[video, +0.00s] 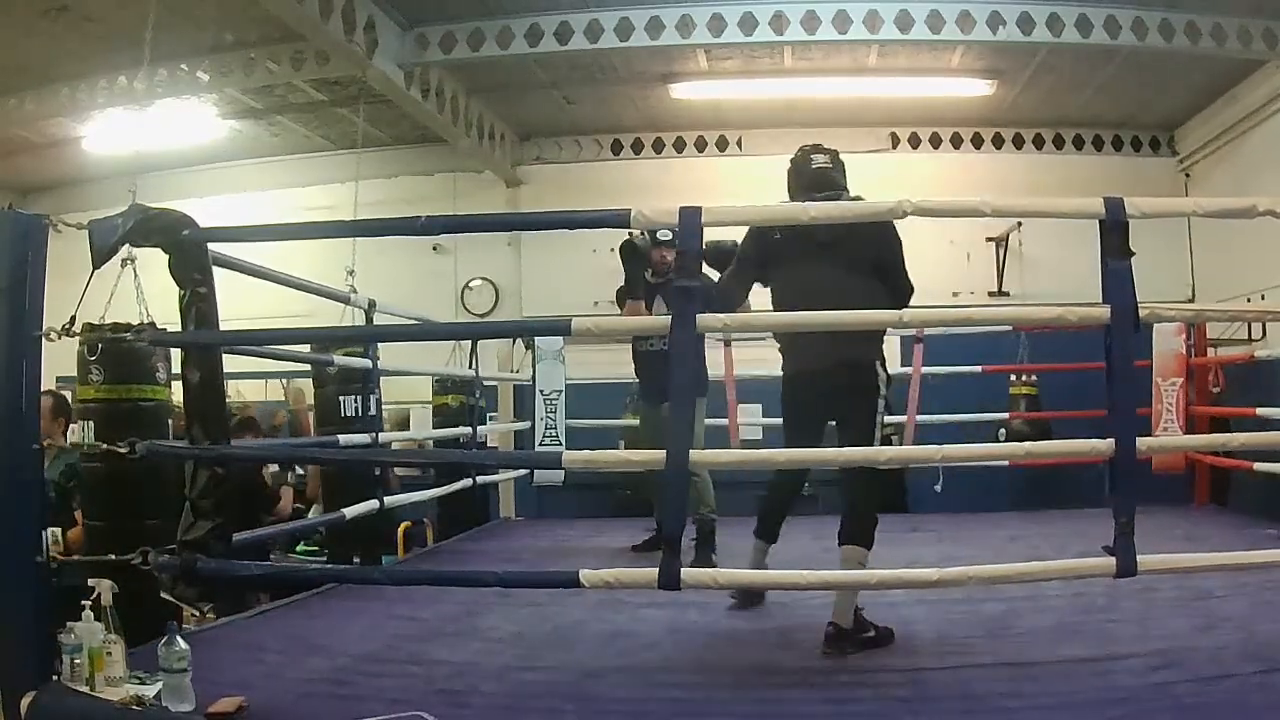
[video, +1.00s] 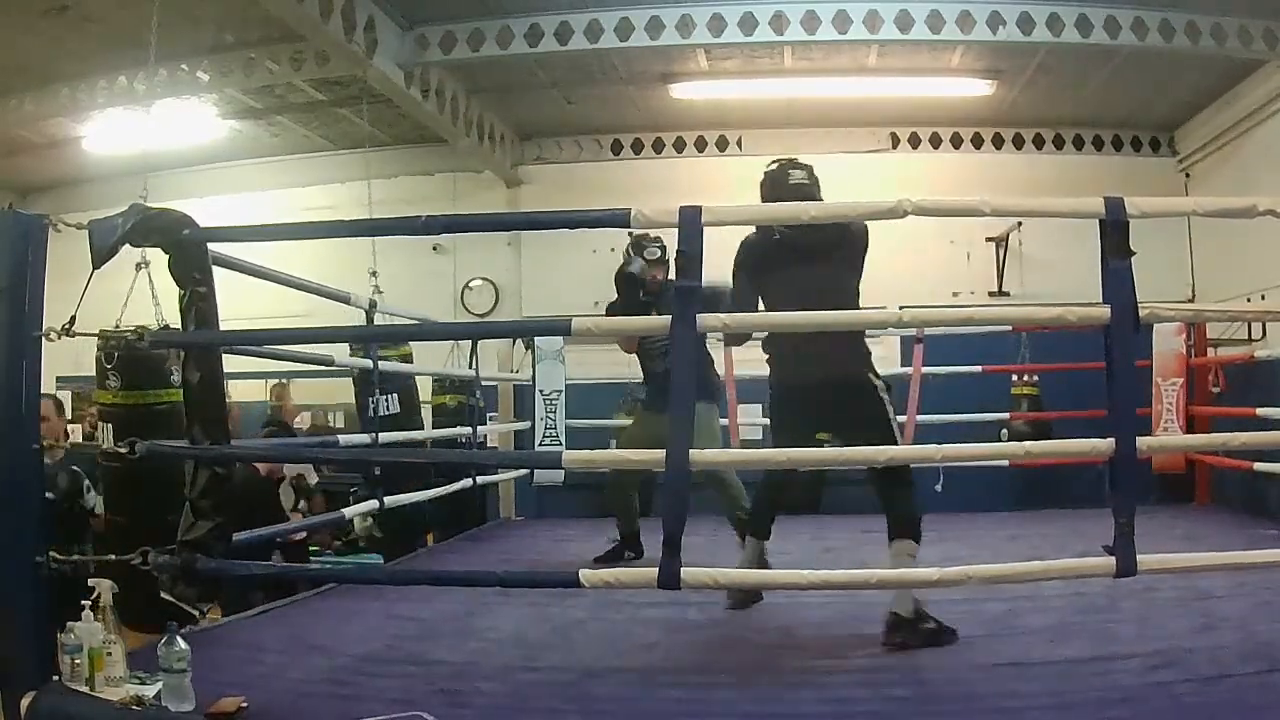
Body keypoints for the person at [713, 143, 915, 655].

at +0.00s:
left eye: (801, 172)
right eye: (829, 167)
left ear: (792, 182)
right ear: (842, 178)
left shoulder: (771, 227)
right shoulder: (873, 220)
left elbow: (729, 297)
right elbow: (900, 293)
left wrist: (705, 282)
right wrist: (852, 285)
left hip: (799, 371)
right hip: (857, 369)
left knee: (791, 469)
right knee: (862, 485)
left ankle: (751, 576)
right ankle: (844, 621)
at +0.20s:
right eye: (798, 175)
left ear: (760, 194)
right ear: (809, 185)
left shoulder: (749, 230)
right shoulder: (843, 220)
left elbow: (720, 301)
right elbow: (855, 294)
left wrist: (714, 261)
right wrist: (810, 302)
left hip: (777, 370)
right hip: (832, 368)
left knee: (765, 474)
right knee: (849, 484)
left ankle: (738, 583)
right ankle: (841, 617)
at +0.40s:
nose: (809, 194)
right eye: (812, 185)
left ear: (770, 193)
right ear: (820, 189)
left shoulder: (751, 229)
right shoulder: (844, 225)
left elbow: (717, 297)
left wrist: (735, 244)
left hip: (772, 370)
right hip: (828, 367)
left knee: (764, 469)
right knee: (857, 476)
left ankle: (737, 582)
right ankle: (858, 611)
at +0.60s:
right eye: (830, 189)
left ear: (784, 194)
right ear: (837, 192)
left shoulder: (757, 237)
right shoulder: (857, 236)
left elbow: (735, 311)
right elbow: (852, 309)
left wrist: (754, 336)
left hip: (774, 378)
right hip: (832, 379)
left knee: (770, 471)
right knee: (862, 485)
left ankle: (738, 579)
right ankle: (864, 616)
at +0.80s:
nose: (757, 222)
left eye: (752, 213)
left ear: (746, 214)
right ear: (796, 200)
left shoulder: (745, 256)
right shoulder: (838, 232)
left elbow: (732, 326)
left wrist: (719, 249)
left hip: (794, 386)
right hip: (857, 381)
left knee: (771, 477)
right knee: (869, 490)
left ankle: (739, 581)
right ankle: (868, 617)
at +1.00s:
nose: (789, 209)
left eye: (779, 200)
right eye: (806, 191)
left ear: (766, 202)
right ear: (819, 195)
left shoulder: (753, 248)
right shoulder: (851, 232)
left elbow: (737, 330)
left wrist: (733, 320)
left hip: (790, 386)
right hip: (850, 381)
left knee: (781, 471)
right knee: (897, 481)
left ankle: (747, 570)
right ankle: (905, 607)